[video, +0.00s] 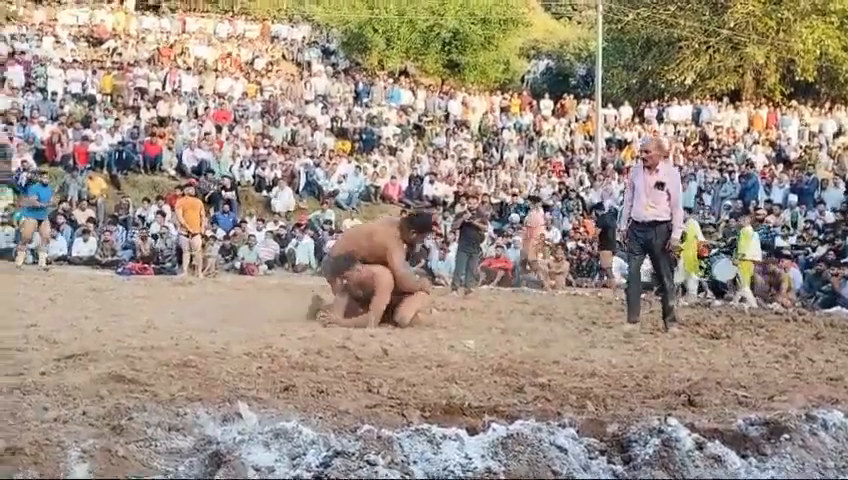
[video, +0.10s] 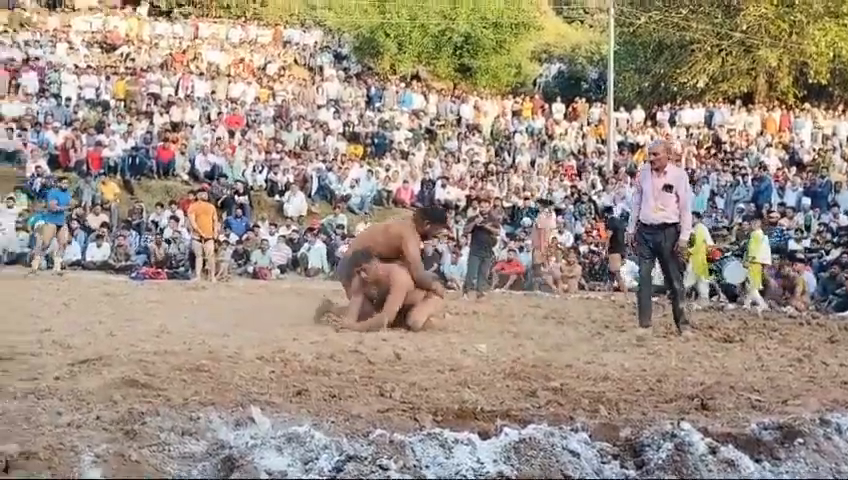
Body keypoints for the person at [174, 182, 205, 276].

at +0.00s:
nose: (191, 190)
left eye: (192, 188)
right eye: (188, 188)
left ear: (194, 189)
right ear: (184, 190)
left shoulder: (199, 202)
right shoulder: (180, 202)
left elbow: (203, 216)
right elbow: (179, 217)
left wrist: (202, 228)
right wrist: (188, 228)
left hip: (196, 231)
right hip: (184, 231)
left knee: (197, 252)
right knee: (185, 252)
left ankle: (199, 271)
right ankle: (185, 271)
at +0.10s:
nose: (204, 196)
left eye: (205, 194)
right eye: (201, 194)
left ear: (208, 195)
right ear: (198, 195)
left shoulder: (211, 207)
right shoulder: (193, 207)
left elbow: (215, 221)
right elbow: (192, 222)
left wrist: (215, 233)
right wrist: (200, 233)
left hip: (209, 236)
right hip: (197, 236)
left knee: (210, 257)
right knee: (198, 256)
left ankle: (212, 276)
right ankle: (198, 276)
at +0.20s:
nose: (218, 202)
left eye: (219, 199)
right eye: (215, 199)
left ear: (221, 201)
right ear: (211, 201)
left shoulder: (225, 213)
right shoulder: (207, 212)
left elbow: (229, 227)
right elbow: (206, 227)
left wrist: (229, 238)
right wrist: (214, 238)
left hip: (223, 241)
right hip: (211, 241)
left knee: (224, 262)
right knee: (212, 262)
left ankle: (226, 282)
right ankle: (212, 281)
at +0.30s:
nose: (231, 206)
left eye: (232, 204)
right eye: (229, 204)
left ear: (234, 205)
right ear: (224, 206)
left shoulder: (237, 217)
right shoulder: (219, 217)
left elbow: (241, 230)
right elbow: (218, 233)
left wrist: (240, 242)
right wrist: (227, 243)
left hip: (235, 246)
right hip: (223, 246)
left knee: (236, 268)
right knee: (224, 268)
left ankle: (238, 287)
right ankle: (224, 287)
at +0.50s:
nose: (223, 212)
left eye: (224, 210)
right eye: (221, 210)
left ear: (226, 212)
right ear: (216, 212)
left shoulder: (229, 223)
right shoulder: (210, 224)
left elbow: (232, 236)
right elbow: (208, 239)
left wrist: (232, 247)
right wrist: (217, 249)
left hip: (227, 252)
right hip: (214, 252)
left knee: (228, 273)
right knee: (216, 274)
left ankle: (230, 294)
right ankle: (216, 293)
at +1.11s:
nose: (217, 222)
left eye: (217, 220)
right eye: (214, 220)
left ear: (218, 221)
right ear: (209, 221)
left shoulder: (220, 233)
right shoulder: (201, 233)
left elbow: (223, 246)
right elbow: (199, 249)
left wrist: (222, 257)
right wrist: (210, 259)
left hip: (218, 261)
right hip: (205, 261)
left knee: (219, 282)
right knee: (207, 283)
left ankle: (224, 302)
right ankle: (205, 303)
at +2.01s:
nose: (210, 221)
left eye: (211, 219)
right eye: (207, 219)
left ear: (213, 220)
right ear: (203, 220)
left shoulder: (217, 232)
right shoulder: (195, 233)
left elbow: (221, 244)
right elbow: (191, 246)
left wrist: (218, 252)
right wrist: (197, 255)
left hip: (212, 259)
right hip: (199, 259)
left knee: (219, 276)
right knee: (193, 277)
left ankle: (219, 299)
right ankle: (196, 299)